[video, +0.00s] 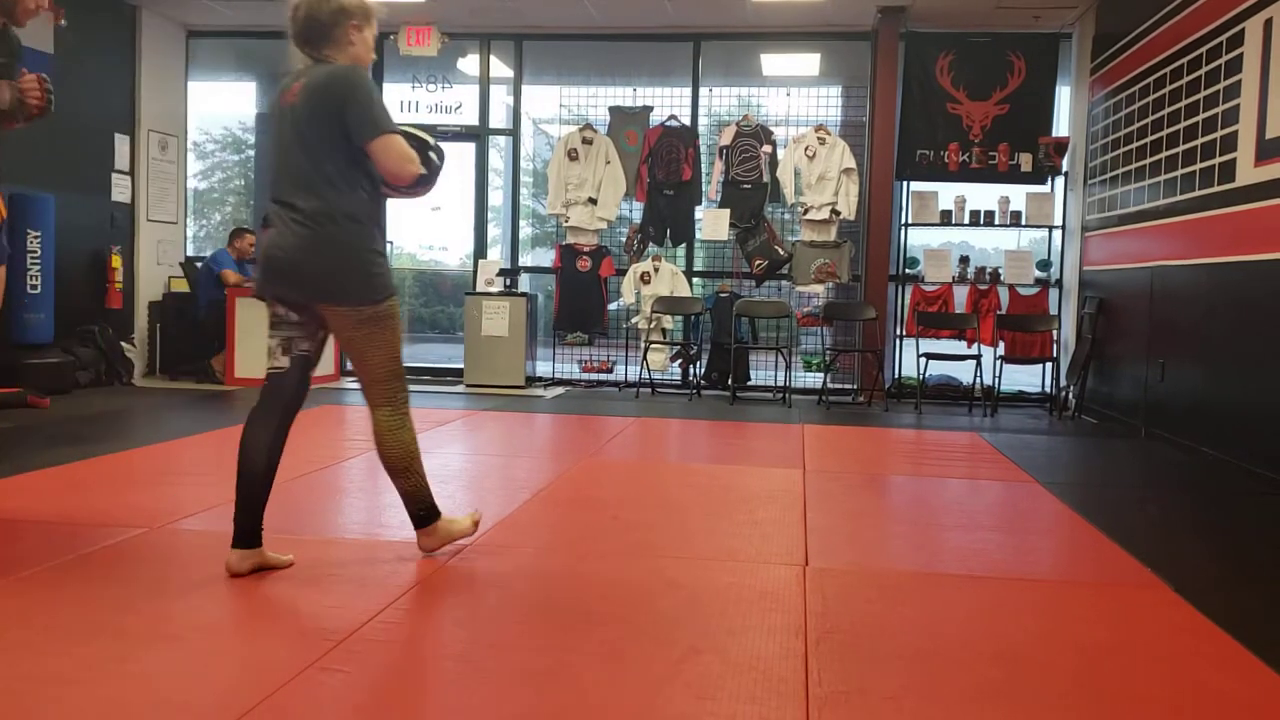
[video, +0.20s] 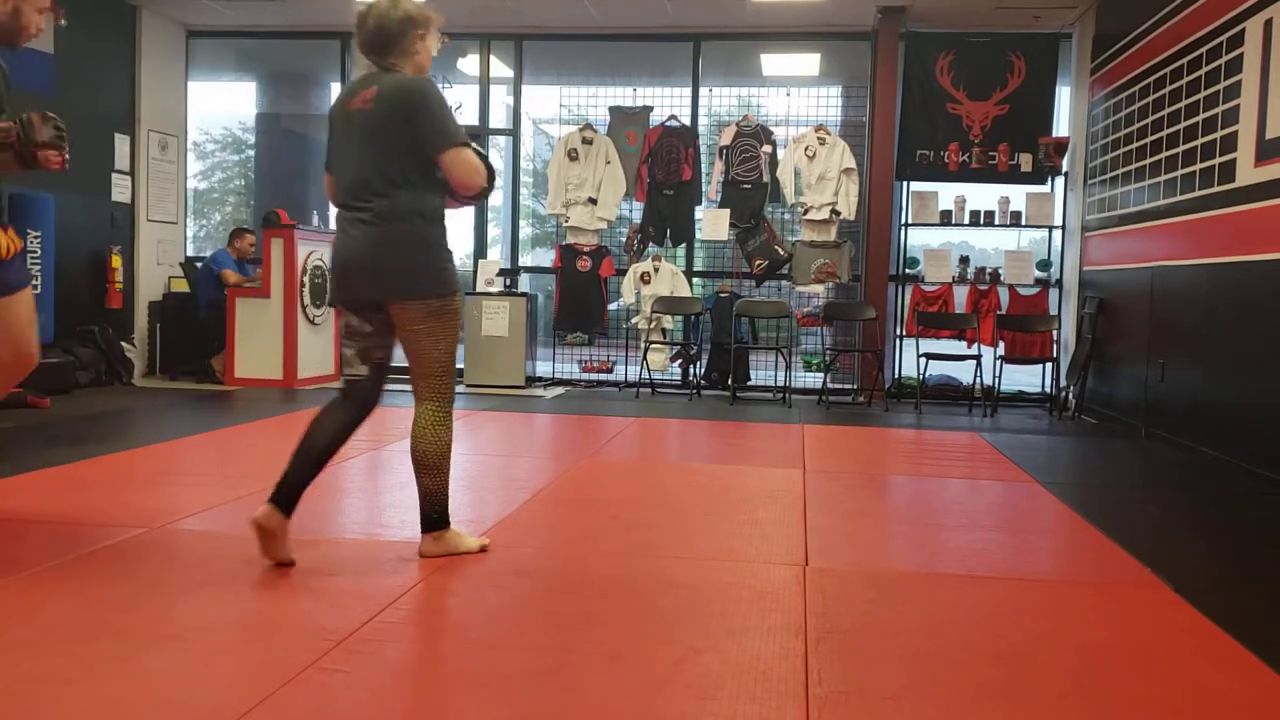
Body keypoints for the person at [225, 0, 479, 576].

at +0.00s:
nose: (373, 45)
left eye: (372, 35)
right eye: (371, 34)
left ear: (310, 38)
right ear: (352, 32)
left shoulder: (289, 93)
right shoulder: (349, 80)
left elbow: (326, 171)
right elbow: (400, 170)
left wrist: (396, 173)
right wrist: (419, 157)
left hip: (284, 259)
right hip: (347, 260)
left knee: (279, 395)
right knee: (388, 397)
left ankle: (245, 545)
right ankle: (429, 524)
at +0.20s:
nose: (436, 51)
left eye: (436, 42)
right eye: (434, 42)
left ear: (375, 45)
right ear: (415, 42)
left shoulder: (345, 99)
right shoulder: (417, 92)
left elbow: (336, 188)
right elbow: (470, 179)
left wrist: (411, 184)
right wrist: (472, 167)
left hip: (352, 253)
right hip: (414, 253)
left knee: (358, 391)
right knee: (434, 394)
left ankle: (278, 509)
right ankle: (437, 530)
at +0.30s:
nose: (456, 52)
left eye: (455, 42)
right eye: (453, 43)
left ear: (393, 47)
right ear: (440, 46)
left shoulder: (368, 100)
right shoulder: (448, 95)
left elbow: (349, 186)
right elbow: (501, 177)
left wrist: (414, 183)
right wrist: (473, 188)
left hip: (378, 257)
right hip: (438, 255)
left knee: (402, 386)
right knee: (444, 393)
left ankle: (334, 492)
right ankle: (436, 530)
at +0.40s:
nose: (469, 55)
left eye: (467, 46)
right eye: (468, 47)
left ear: (412, 50)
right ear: (461, 49)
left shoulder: (385, 102)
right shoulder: (475, 98)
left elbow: (353, 179)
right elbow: (529, 172)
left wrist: (401, 183)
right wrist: (511, 186)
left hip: (396, 256)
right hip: (458, 255)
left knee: (428, 376)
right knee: (449, 393)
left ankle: (400, 498)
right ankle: (436, 528)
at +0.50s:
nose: (485, 62)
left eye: (482, 55)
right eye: (485, 55)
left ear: (430, 58)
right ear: (479, 58)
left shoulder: (402, 108)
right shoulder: (495, 104)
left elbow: (357, 174)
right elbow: (557, 167)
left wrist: (412, 179)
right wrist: (522, 183)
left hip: (416, 260)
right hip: (477, 258)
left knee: (453, 385)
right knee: (453, 392)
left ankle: (453, 500)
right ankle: (435, 528)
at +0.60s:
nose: (493, 69)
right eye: (492, 61)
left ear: (441, 67)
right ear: (489, 66)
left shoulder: (416, 116)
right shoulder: (509, 111)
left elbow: (367, 176)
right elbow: (577, 166)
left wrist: (427, 182)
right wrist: (538, 192)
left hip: (432, 263)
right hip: (493, 261)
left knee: (469, 383)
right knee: (461, 392)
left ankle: (479, 496)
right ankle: (436, 526)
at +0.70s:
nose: (501, 75)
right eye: (501, 68)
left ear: (452, 74)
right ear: (498, 73)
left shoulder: (428, 123)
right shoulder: (518, 116)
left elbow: (381, 184)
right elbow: (587, 169)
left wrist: (438, 192)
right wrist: (548, 196)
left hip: (446, 264)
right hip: (505, 262)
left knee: (479, 384)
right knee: (477, 389)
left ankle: (482, 499)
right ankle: (439, 514)